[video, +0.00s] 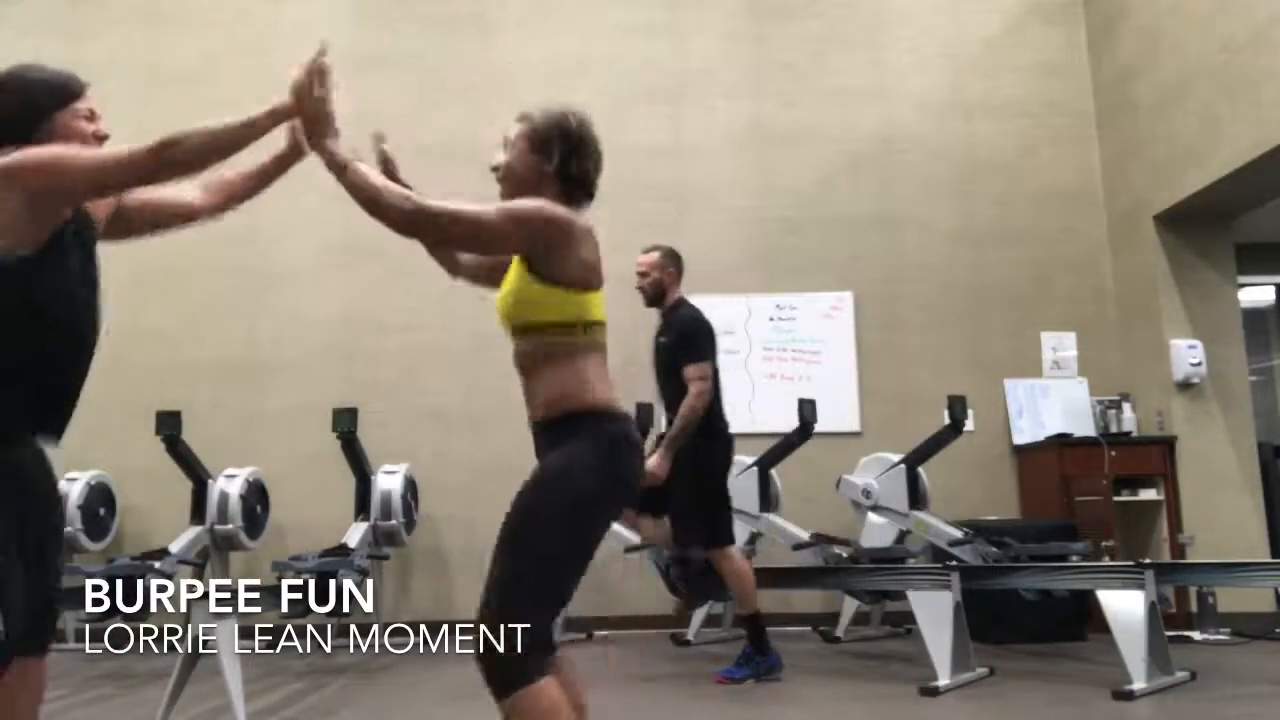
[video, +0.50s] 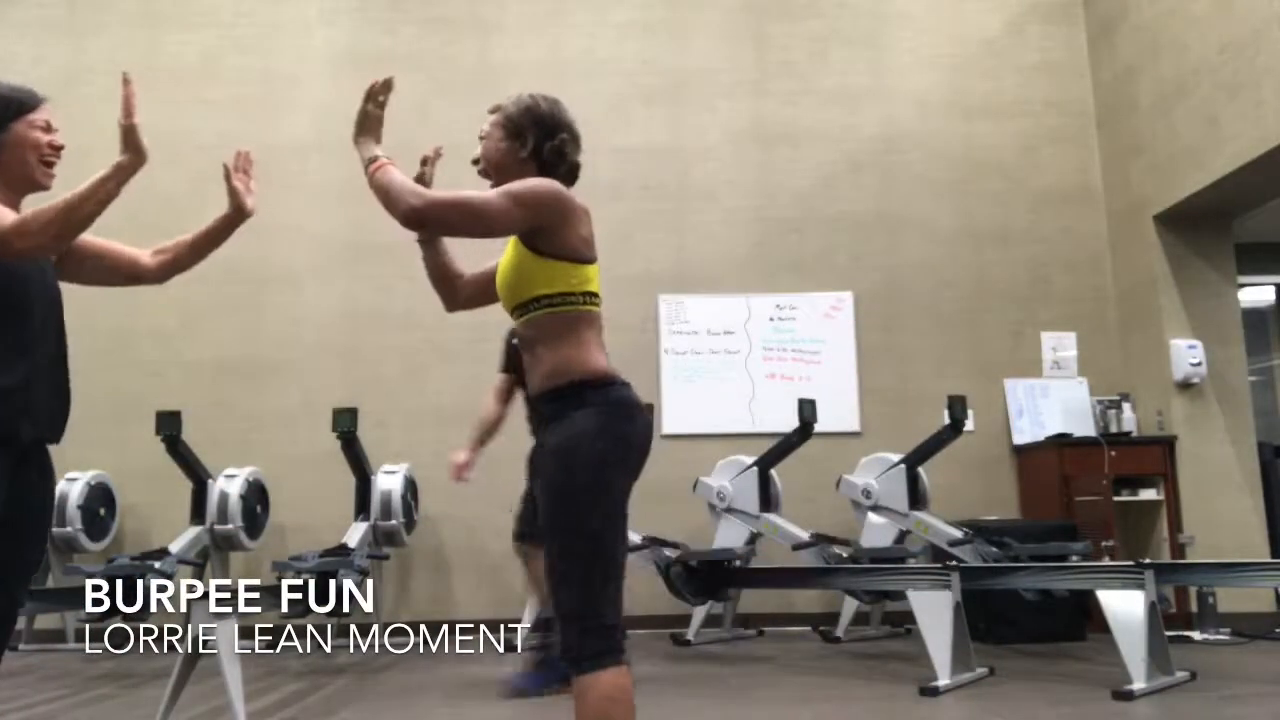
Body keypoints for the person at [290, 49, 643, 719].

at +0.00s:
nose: (499, 161)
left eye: (512, 151)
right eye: (505, 149)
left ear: (551, 165)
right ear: (549, 169)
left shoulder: (555, 224)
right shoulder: (539, 245)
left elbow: (409, 216)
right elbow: (457, 260)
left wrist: (326, 147)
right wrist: (400, 190)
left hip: (588, 451)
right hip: (579, 449)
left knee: (504, 642)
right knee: (523, 638)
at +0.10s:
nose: (495, 135)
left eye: (507, 122)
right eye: (500, 122)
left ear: (545, 132)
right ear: (545, 136)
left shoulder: (550, 196)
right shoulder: (544, 220)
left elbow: (409, 207)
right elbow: (465, 268)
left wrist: (334, 148)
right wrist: (408, 197)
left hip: (580, 424)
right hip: (580, 423)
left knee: (543, 633)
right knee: (558, 627)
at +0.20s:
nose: (491, 130)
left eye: (503, 120)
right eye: (495, 119)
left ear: (541, 133)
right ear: (541, 138)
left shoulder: (547, 187)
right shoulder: (540, 221)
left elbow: (404, 202)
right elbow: (463, 274)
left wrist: (306, 159)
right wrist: (407, 200)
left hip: (587, 414)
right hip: (582, 414)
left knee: (571, 624)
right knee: (571, 620)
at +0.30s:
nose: (484, 142)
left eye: (497, 132)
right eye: (489, 131)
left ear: (534, 146)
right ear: (530, 151)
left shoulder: (549, 198)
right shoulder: (536, 243)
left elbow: (412, 220)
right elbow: (459, 287)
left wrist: (353, 164)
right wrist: (412, 205)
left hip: (593, 420)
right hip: (580, 423)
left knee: (591, 636)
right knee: (588, 631)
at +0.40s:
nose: (480, 145)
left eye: (493, 133)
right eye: (485, 133)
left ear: (528, 144)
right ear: (526, 150)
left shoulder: (549, 197)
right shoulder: (535, 245)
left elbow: (419, 211)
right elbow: (457, 291)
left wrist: (368, 154)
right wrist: (420, 213)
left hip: (598, 421)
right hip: (582, 424)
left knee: (594, 639)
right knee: (593, 634)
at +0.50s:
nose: (480, 140)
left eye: (492, 129)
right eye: (486, 128)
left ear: (527, 143)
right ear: (526, 147)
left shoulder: (549, 197)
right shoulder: (535, 249)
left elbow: (417, 209)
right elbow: (456, 293)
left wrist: (369, 150)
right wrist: (426, 214)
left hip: (592, 422)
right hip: (572, 425)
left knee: (590, 640)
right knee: (584, 635)